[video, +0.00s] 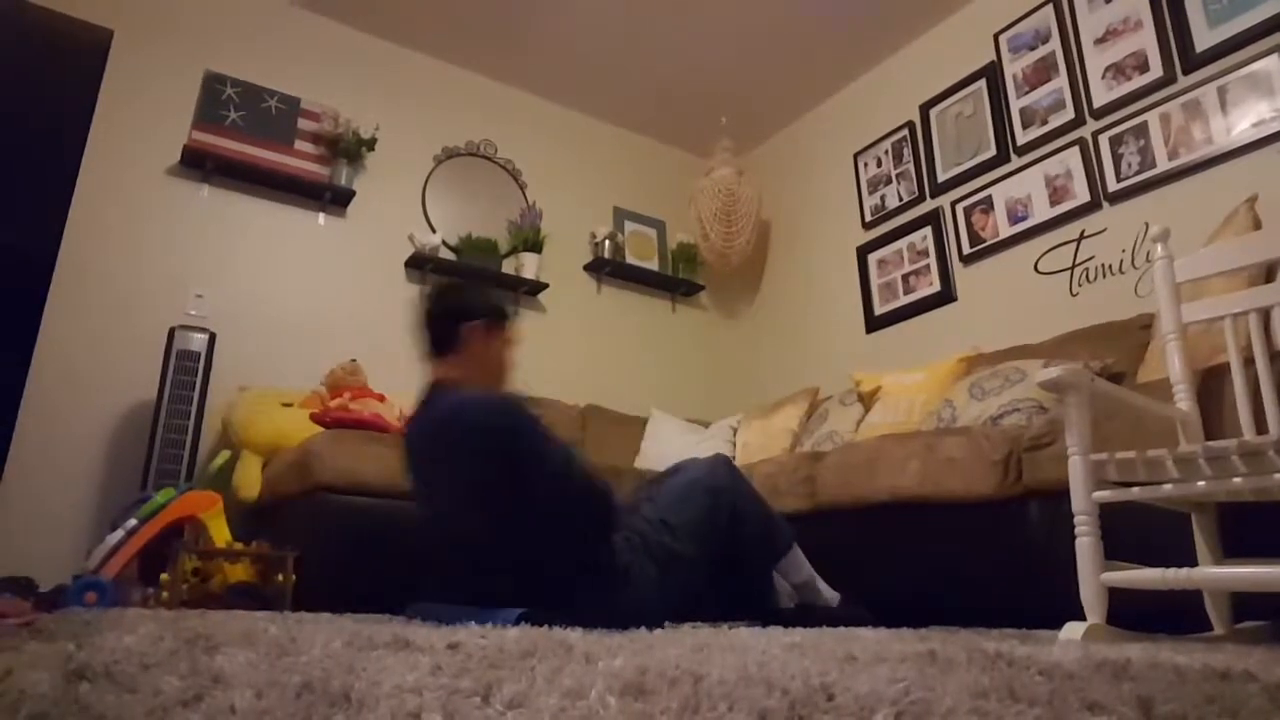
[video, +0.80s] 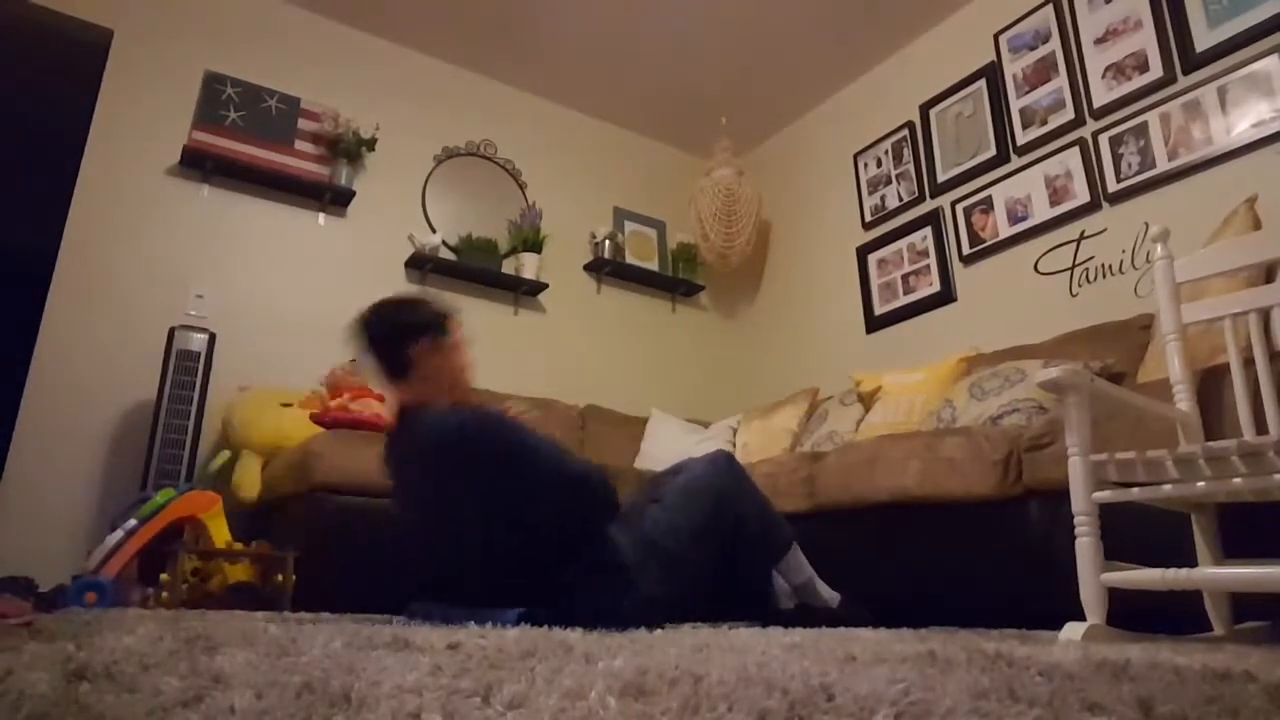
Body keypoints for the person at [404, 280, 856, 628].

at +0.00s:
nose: (510, 353)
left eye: (508, 340)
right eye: (503, 339)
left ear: (450, 341)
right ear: (473, 338)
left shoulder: (425, 427)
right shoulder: (496, 420)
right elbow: (596, 509)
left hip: (511, 595)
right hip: (592, 599)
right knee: (713, 475)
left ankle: (790, 602)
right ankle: (812, 593)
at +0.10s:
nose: (443, 379)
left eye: (439, 364)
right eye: (434, 364)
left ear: (377, 378)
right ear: (403, 372)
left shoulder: (376, 462)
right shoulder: (440, 458)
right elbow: (566, 517)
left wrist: (477, 457)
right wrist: (514, 463)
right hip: (589, 596)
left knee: (685, 485)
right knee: (708, 481)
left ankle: (796, 603)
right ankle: (815, 600)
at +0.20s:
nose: (392, 407)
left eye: (380, 393)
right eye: (373, 399)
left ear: (322, 439)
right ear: (335, 427)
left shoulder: (318, 526)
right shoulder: (404, 501)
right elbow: (542, 524)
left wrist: (432, 470)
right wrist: (466, 471)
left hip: (529, 600)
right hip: (575, 595)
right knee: (706, 486)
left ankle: (788, 624)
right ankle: (821, 606)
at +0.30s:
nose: (333, 447)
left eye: (318, 438)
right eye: (312, 446)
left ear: (287, 493)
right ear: (287, 490)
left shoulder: (327, 562)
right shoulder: (366, 548)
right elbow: (531, 530)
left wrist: (431, 498)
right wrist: (438, 497)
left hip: (550, 574)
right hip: (575, 587)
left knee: (680, 491)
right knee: (708, 486)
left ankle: (792, 614)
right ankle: (822, 616)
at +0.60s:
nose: (368, 431)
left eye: (356, 420)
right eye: (349, 427)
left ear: (311, 472)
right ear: (318, 465)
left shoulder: (324, 560)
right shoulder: (392, 529)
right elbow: (549, 524)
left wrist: (451, 488)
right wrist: (463, 483)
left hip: (552, 603)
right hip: (590, 591)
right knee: (714, 479)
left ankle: (787, 607)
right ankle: (815, 604)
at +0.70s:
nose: (407, 396)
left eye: (396, 384)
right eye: (393, 386)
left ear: (344, 421)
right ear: (359, 410)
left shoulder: (359, 508)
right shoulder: (429, 483)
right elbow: (575, 510)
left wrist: (451, 462)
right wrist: (487, 461)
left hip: (540, 599)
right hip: (593, 593)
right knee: (717, 476)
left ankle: (783, 609)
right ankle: (816, 599)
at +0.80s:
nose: (466, 354)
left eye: (458, 341)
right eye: (454, 343)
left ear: (400, 366)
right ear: (423, 355)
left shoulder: (407, 441)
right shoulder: (471, 431)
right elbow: (594, 494)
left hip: (531, 596)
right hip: (589, 596)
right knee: (717, 471)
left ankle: (794, 601)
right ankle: (813, 596)